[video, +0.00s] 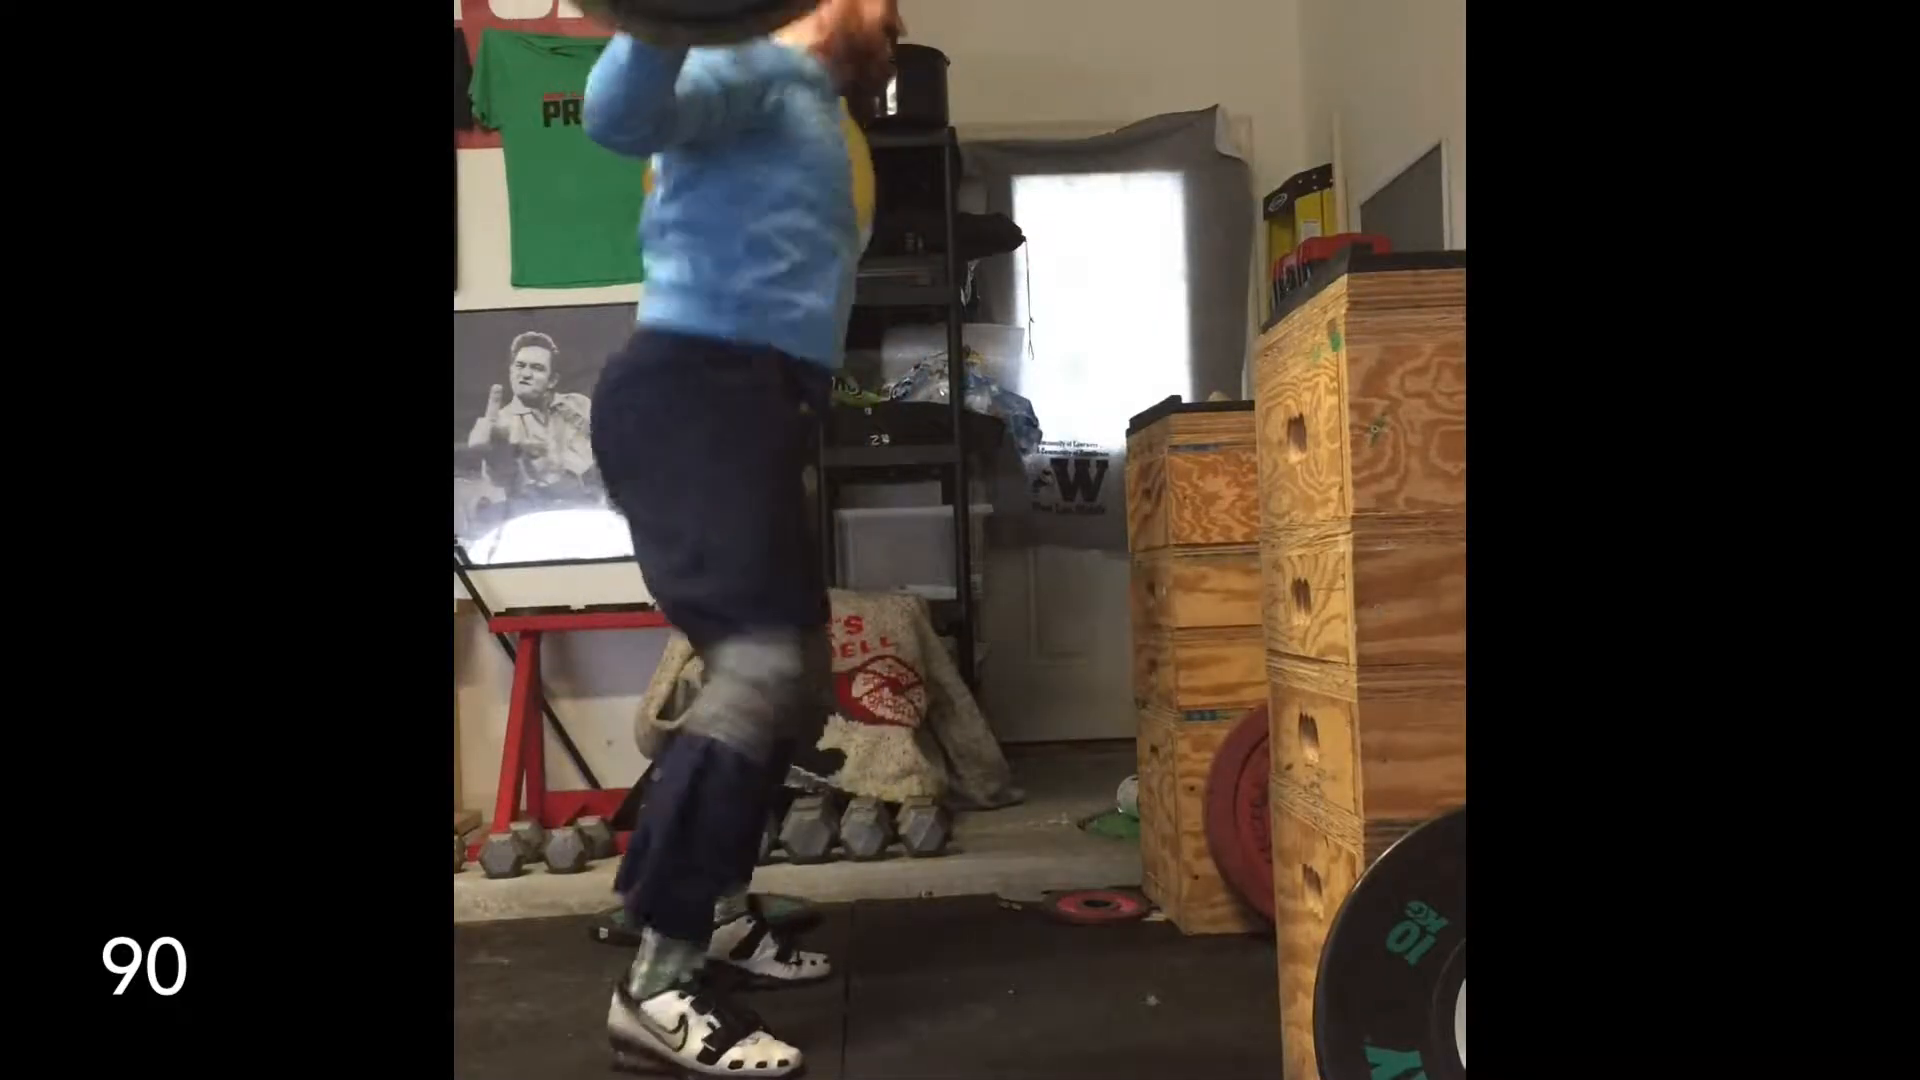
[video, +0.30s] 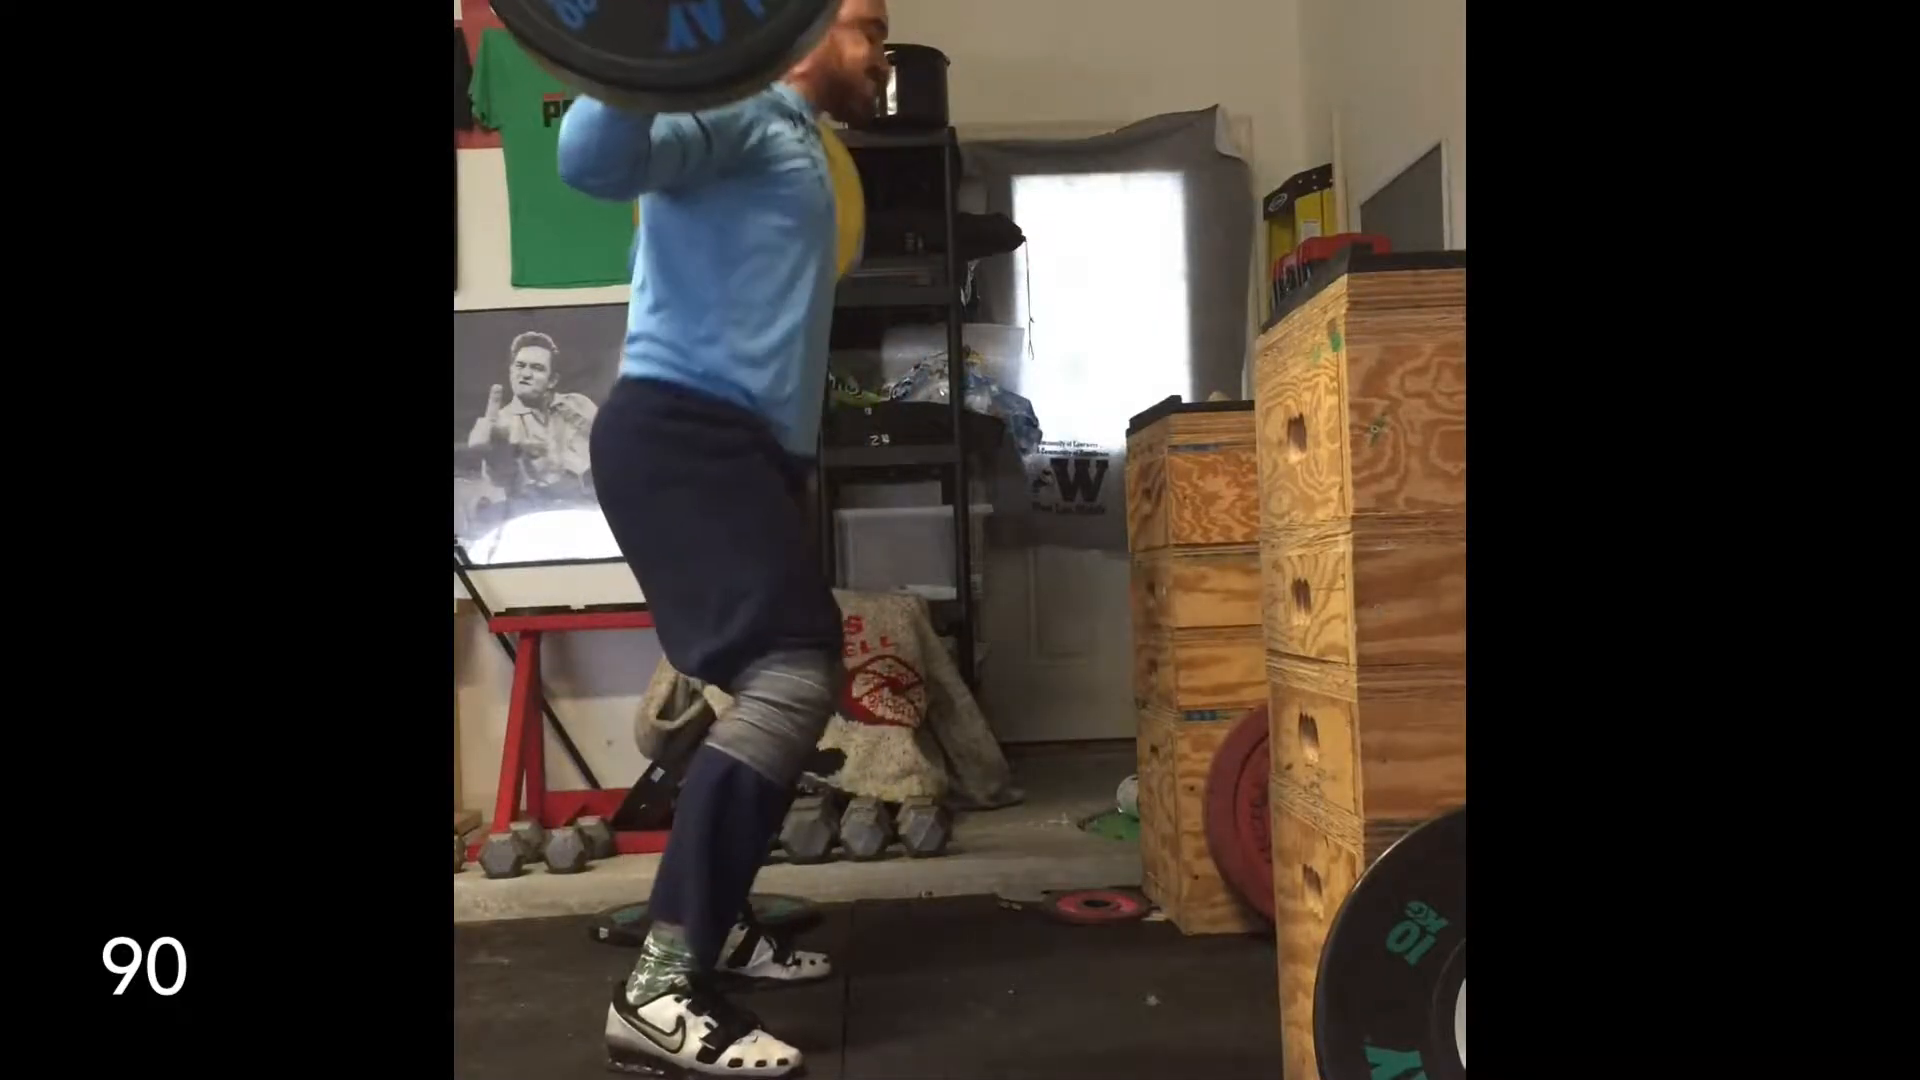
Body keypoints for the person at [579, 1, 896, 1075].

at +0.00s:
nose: (896, 33)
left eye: (897, 22)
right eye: (887, 11)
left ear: (844, 34)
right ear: (832, 7)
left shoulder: (830, 119)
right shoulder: (752, 72)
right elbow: (616, 120)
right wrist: (657, 22)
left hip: (764, 400)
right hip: (695, 388)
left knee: (784, 672)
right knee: (759, 670)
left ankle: (704, 907)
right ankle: (656, 982)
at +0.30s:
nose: (885, 57)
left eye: (886, 38)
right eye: (870, 31)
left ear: (832, 50)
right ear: (806, 33)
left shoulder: (818, 151)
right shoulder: (742, 111)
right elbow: (591, 162)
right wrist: (653, 37)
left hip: (758, 444)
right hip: (684, 429)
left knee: (789, 681)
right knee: (787, 682)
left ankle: (706, 921)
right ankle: (662, 987)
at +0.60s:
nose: (868, 58)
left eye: (874, 40)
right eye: (866, 31)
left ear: (821, 20)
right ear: (811, 5)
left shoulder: (781, 110)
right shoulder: (718, 75)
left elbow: (804, 243)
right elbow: (556, 110)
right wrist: (610, 17)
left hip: (741, 409)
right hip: (678, 399)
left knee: (735, 673)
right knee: (707, 676)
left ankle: (692, 921)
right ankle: (651, 984)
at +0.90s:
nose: (865, 32)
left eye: (867, 16)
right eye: (857, 10)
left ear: (802, 14)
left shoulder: (782, 105)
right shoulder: (715, 68)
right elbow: (551, 109)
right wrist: (607, 15)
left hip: (739, 403)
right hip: (679, 393)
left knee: (709, 666)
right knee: (683, 671)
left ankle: (689, 920)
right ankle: (641, 980)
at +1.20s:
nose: (842, 14)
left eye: (841, 8)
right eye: (838, 2)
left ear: (779, 3)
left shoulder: (777, 89)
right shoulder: (710, 62)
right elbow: (551, 108)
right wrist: (603, 7)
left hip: (738, 403)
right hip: (677, 392)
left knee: (709, 667)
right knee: (677, 672)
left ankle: (692, 915)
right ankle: (644, 983)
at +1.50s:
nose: (843, 3)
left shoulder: (782, 89)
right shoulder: (705, 64)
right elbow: (546, 114)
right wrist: (606, 12)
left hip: (739, 406)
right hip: (675, 395)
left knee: (707, 668)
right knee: (678, 672)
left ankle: (694, 916)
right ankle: (644, 982)